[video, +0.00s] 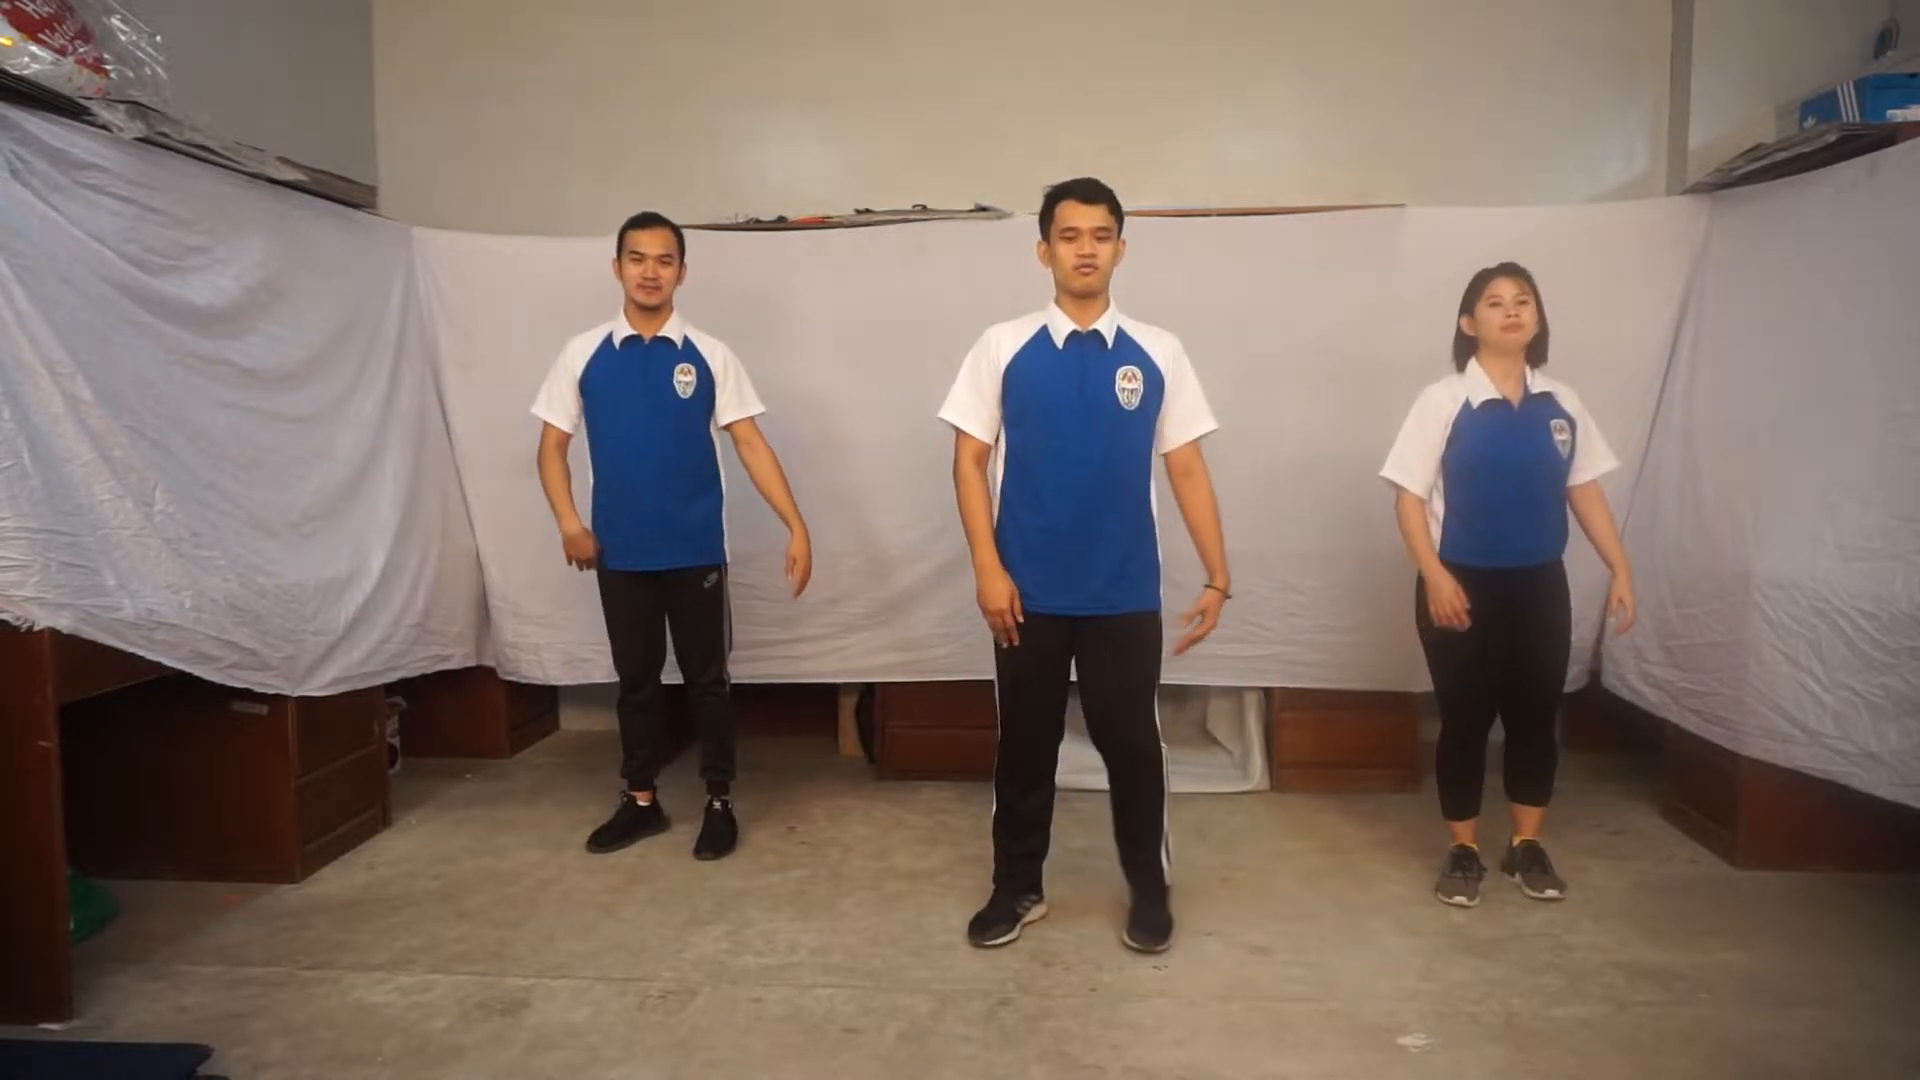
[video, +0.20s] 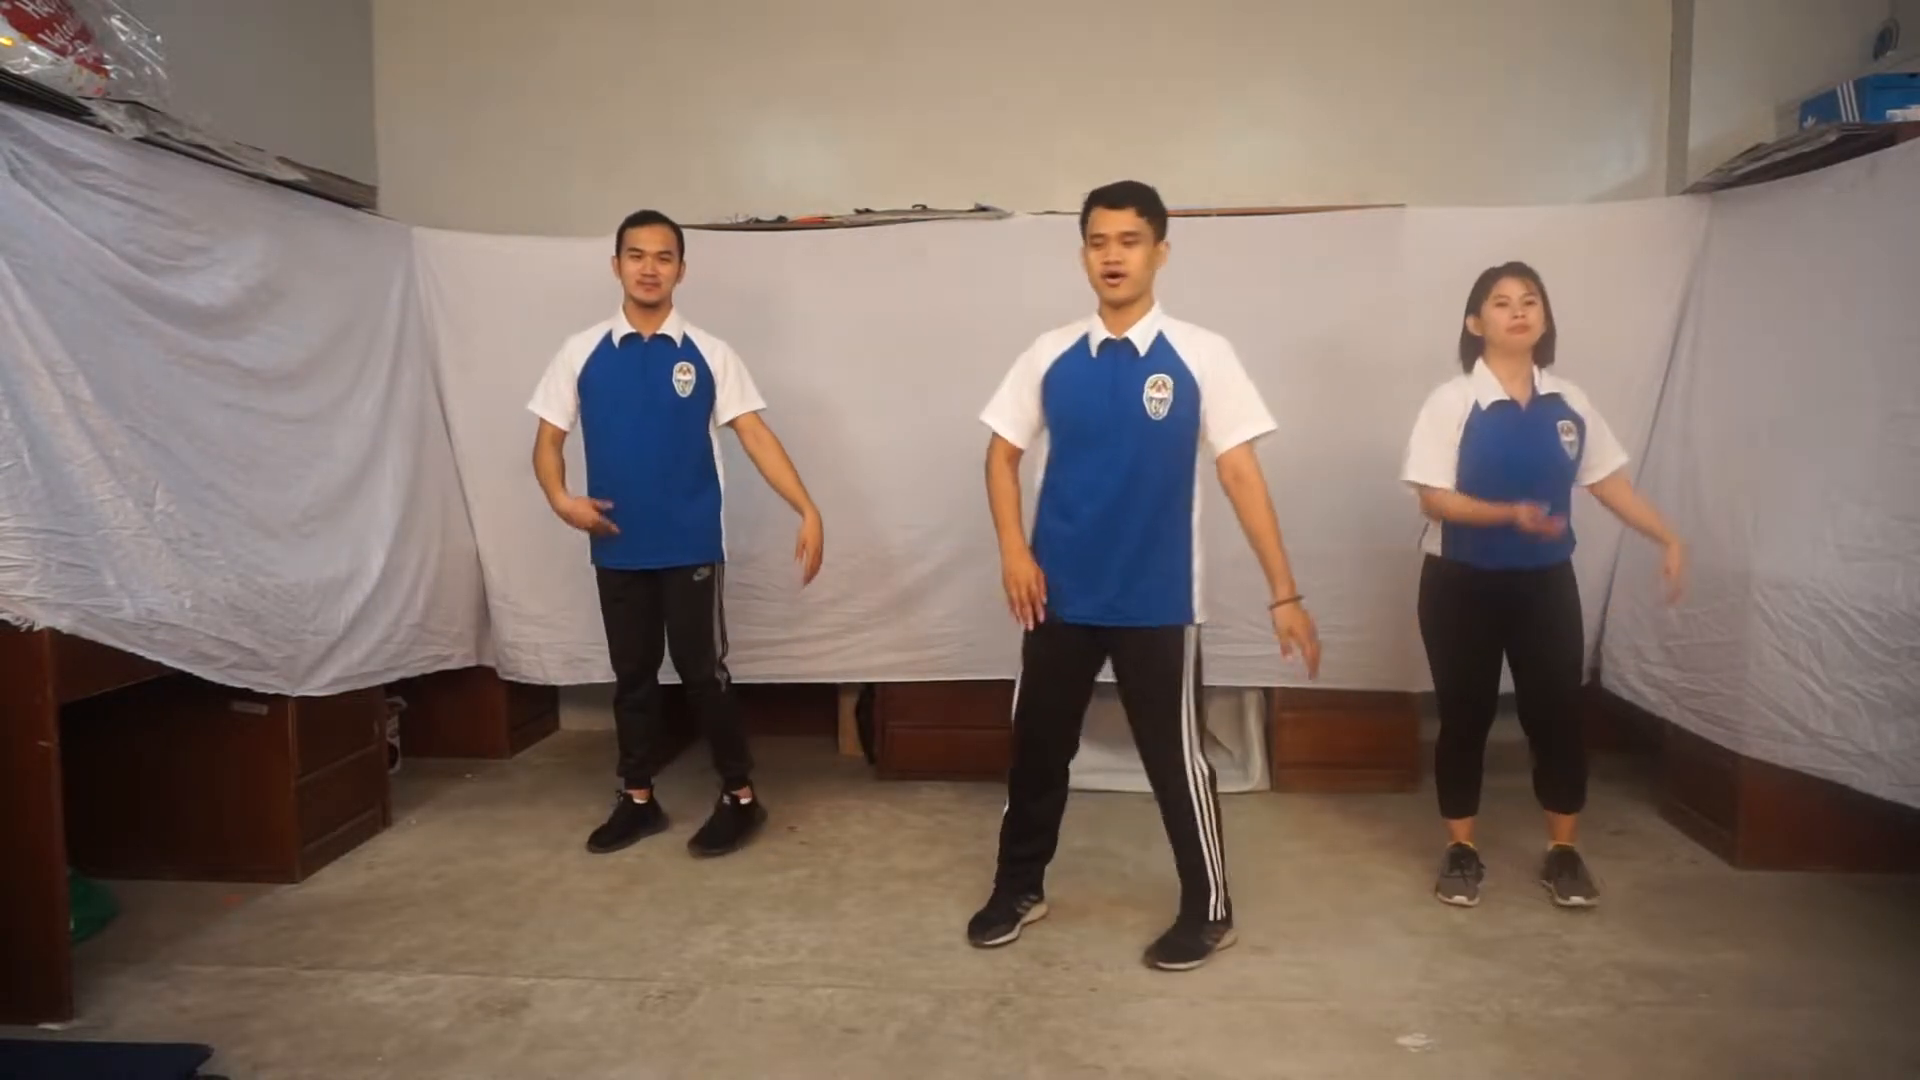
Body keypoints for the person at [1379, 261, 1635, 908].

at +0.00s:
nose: (1511, 310)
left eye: (1521, 302)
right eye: (1495, 303)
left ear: (1538, 319)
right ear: (1469, 322)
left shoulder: (1559, 398)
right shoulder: (1443, 399)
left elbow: (1585, 491)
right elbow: (1408, 496)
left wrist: (1620, 567)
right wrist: (1433, 573)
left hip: (1539, 586)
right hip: (1460, 587)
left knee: (1535, 716)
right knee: (1465, 721)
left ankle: (1527, 845)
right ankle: (1464, 849)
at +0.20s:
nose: (1518, 312)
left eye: (1528, 303)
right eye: (1503, 304)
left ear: (1545, 319)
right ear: (1476, 322)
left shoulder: (1567, 401)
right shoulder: (1451, 400)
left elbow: (1609, 483)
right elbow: (1432, 499)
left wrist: (1669, 537)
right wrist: (1509, 512)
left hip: (1546, 587)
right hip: (1462, 587)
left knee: (1557, 713)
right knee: (1465, 715)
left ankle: (1564, 850)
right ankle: (1461, 848)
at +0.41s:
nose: (1534, 321)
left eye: (1547, 310)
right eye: (1519, 312)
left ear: (1568, 323)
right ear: (1498, 329)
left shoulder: (1606, 399)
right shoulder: (1474, 409)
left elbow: (1650, 481)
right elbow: (1435, 504)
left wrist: (1688, 526)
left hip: (1580, 590)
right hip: (1491, 587)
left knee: (1569, 725)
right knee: (1480, 718)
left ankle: (1579, 862)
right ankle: (1460, 851)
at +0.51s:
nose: (1549, 324)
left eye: (1563, 312)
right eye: (1535, 314)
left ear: (1587, 323)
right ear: (1516, 327)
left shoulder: (1619, 396)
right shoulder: (1495, 405)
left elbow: (1659, 494)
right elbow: (1424, 466)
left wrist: (1605, 554)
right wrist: (1392, 401)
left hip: (1602, 587)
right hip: (1515, 584)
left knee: (1585, 723)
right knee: (1493, 713)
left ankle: (1581, 861)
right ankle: (1466, 849)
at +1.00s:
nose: (1592, 343)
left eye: (1609, 332)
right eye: (1587, 330)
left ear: (1643, 336)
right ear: (1585, 333)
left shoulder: (1630, 414)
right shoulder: (1648, 385)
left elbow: (1579, 525)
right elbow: (1631, 294)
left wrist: (1559, 536)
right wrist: (1618, 209)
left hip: (1657, 590)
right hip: (1680, 575)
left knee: (1588, 712)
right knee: (1722, 718)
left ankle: (1593, 866)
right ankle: (1781, 858)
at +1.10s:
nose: (1596, 344)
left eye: (1613, 332)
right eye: (1591, 330)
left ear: (1647, 338)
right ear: (1588, 334)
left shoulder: (1632, 415)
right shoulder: (1660, 386)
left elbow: (1581, 526)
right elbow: (1637, 299)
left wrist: (1565, 533)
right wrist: (1624, 215)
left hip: (1661, 593)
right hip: (1689, 577)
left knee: (1582, 713)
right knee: (1727, 721)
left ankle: (1598, 865)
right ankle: (1783, 859)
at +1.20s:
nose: (1593, 346)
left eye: (1611, 333)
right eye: (1588, 332)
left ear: (1645, 342)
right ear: (1584, 337)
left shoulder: (1629, 419)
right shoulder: (1649, 392)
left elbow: (1578, 527)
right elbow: (1615, 308)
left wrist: (1554, 542)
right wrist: (1602, 227)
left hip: (1651, 597)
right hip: (1673, 581)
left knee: (1577, 719)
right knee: (1718, 719)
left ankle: (1576, 874)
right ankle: (1783, 859)